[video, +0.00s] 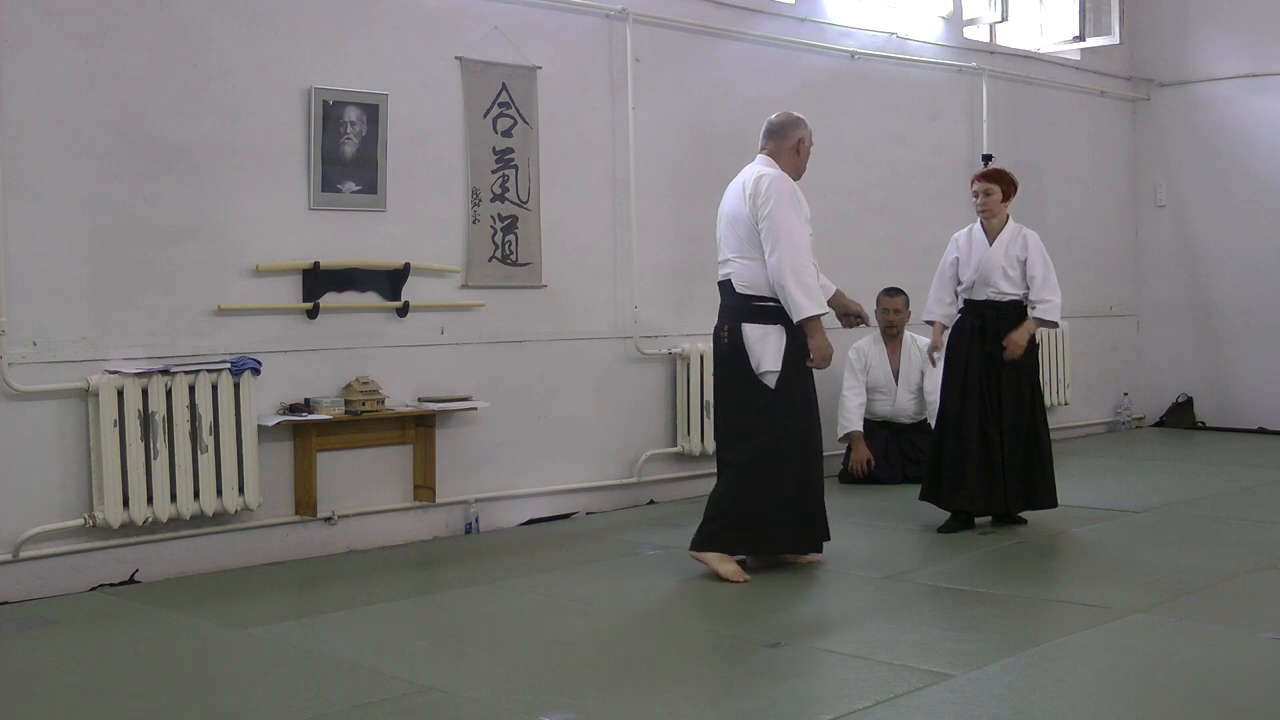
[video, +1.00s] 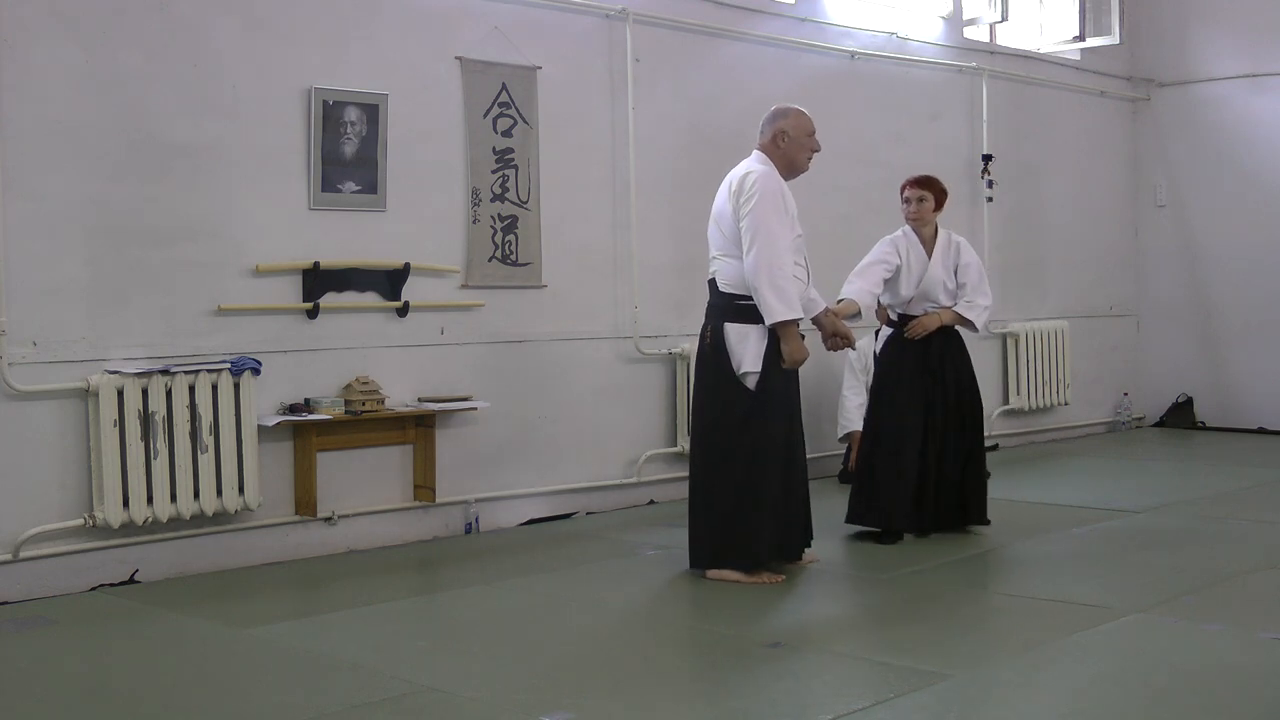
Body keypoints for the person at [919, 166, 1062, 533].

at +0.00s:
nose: (980, 200)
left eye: (988, 194)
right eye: (976, 195)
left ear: (1006, 198)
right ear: (972, 199)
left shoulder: (1025, 239)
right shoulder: (961, 239)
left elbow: (1047, 296)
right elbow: (945, 289)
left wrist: (1025, 330)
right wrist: (937, 331)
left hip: (1011, 330)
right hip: (969, 330)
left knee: (1010, 414)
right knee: (963, 414)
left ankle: (1006, 506)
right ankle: (963, 508)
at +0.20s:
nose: (977, 206)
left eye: (985, 200)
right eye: (973, 200)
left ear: (1004, 202)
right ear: (969, 203)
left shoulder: (1024, 244)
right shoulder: (960, 243)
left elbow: (1046, 298)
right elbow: (932, 287)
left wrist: (1007, 309)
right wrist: (910, 300)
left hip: (1010, 338)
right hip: (967, 336)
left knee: (1009, 419)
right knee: (953, 417)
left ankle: (1007, 507)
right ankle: (936, 507)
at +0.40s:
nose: (965, 212)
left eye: (973, 205)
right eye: (961, 206)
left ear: (992, 207)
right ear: (957, 209)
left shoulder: (1013, 249)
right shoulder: (949, 245)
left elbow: (1027, 301)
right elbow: (910, 274)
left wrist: (984, 303)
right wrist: (874, 283)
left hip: (998, 344)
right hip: (957, 343)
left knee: (1003, 423)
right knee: (940, 422)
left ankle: (1006, 508)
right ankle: (905, 504)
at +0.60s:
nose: (940, 208)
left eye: (948, 201)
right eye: (935, 201)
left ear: (966, 205)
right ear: (930, 206)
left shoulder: (985, 248)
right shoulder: (921, 243)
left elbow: (999, 304)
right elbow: (890, 277)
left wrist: (960, 307)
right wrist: (860, 297)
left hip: (969, 344)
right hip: (925, 345)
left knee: (979, 423)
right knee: (913, 426)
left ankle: (986, 509)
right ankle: (894, 515)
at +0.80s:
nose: (919, 204)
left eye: (928, 198)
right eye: (914, 198)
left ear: (946, 202)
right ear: (909, 203)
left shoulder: (964, 246)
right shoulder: (899, 243)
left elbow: (979, 303)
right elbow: (873, 281)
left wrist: (941, 312)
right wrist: (854, 308)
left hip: (950, 342)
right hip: (904, 341)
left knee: (962, 422)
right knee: (899, 426)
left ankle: (972, 508)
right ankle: (895, 518)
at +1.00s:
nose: (912, 207)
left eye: (921, 201)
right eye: (907, 201)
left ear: (938, 205)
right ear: (901, 207)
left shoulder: (958, 249)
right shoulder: (893, 246)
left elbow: (978, 305)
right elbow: (865, 285)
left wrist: (939, 318)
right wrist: (838, 311)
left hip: (945, 346)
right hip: (901, 346)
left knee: (951, 426)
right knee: (896, 430)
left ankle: (947, 514)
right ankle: (890, 520)